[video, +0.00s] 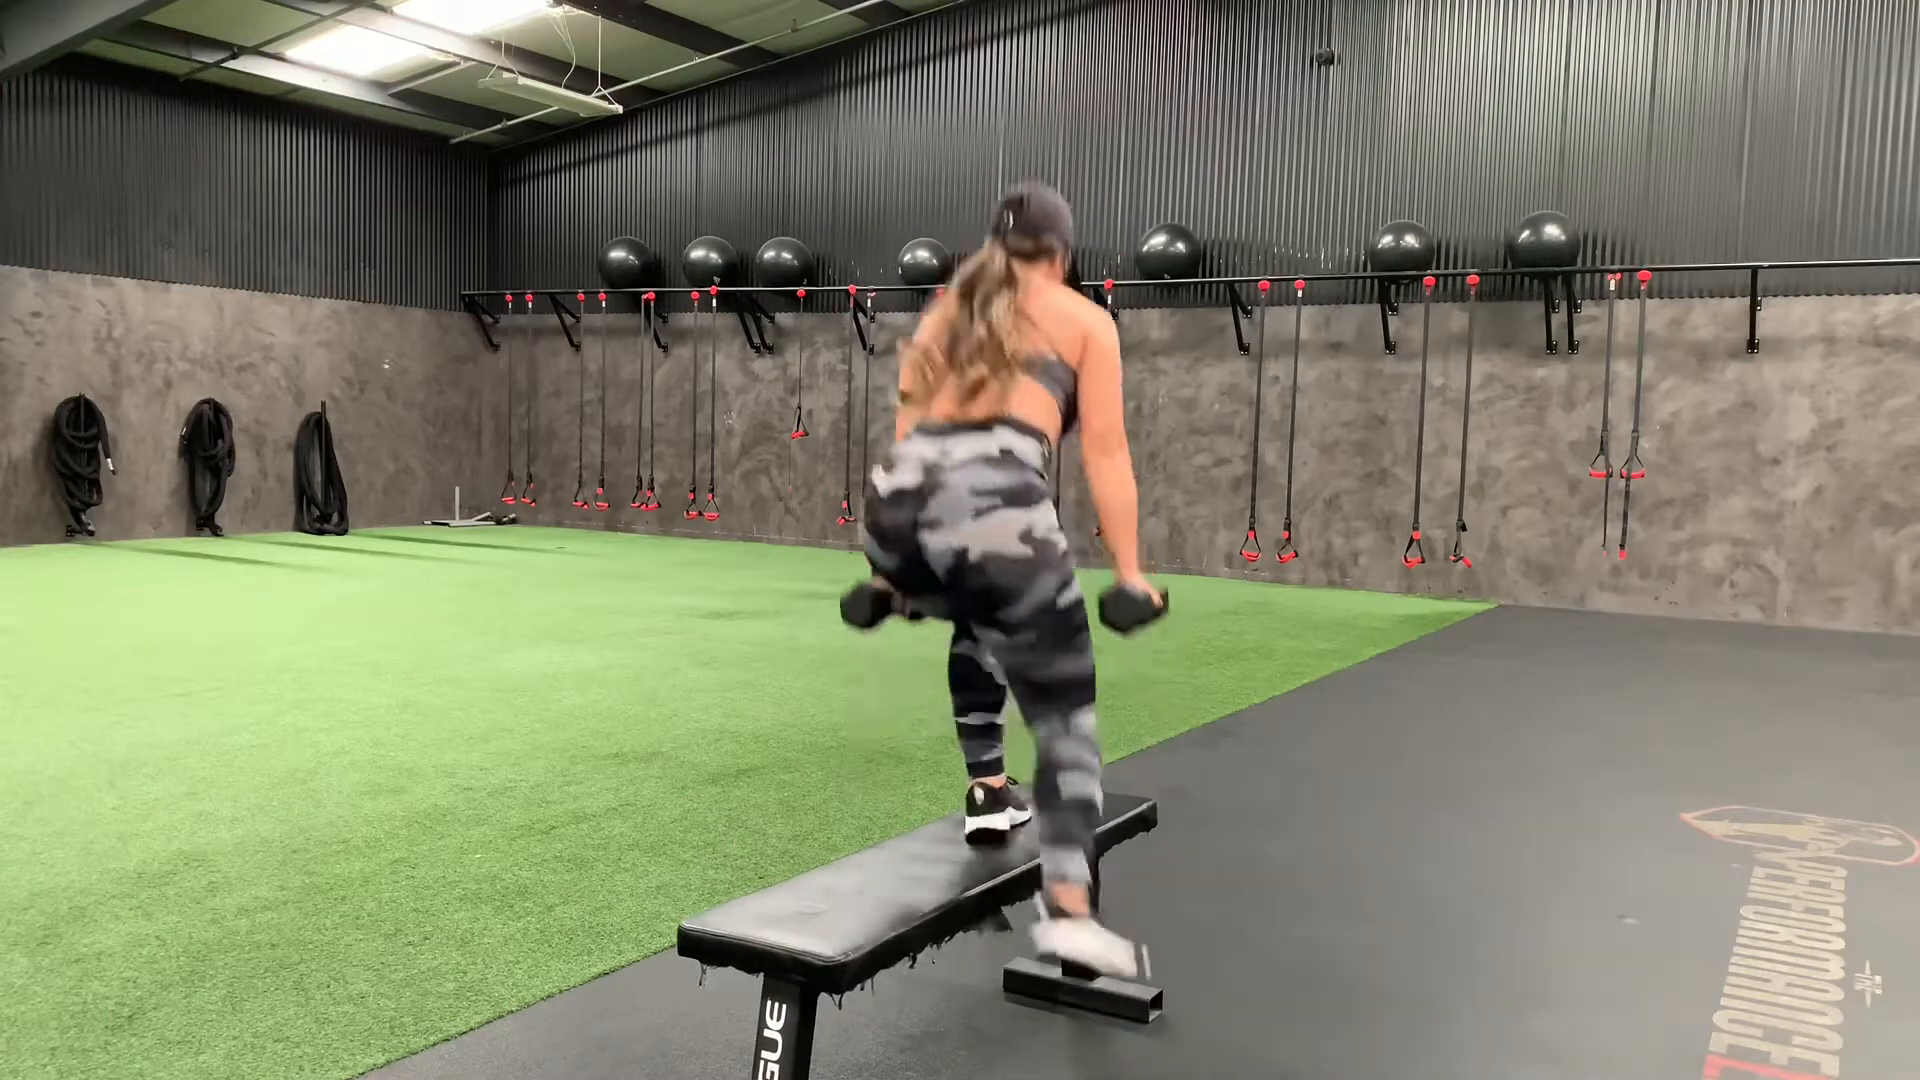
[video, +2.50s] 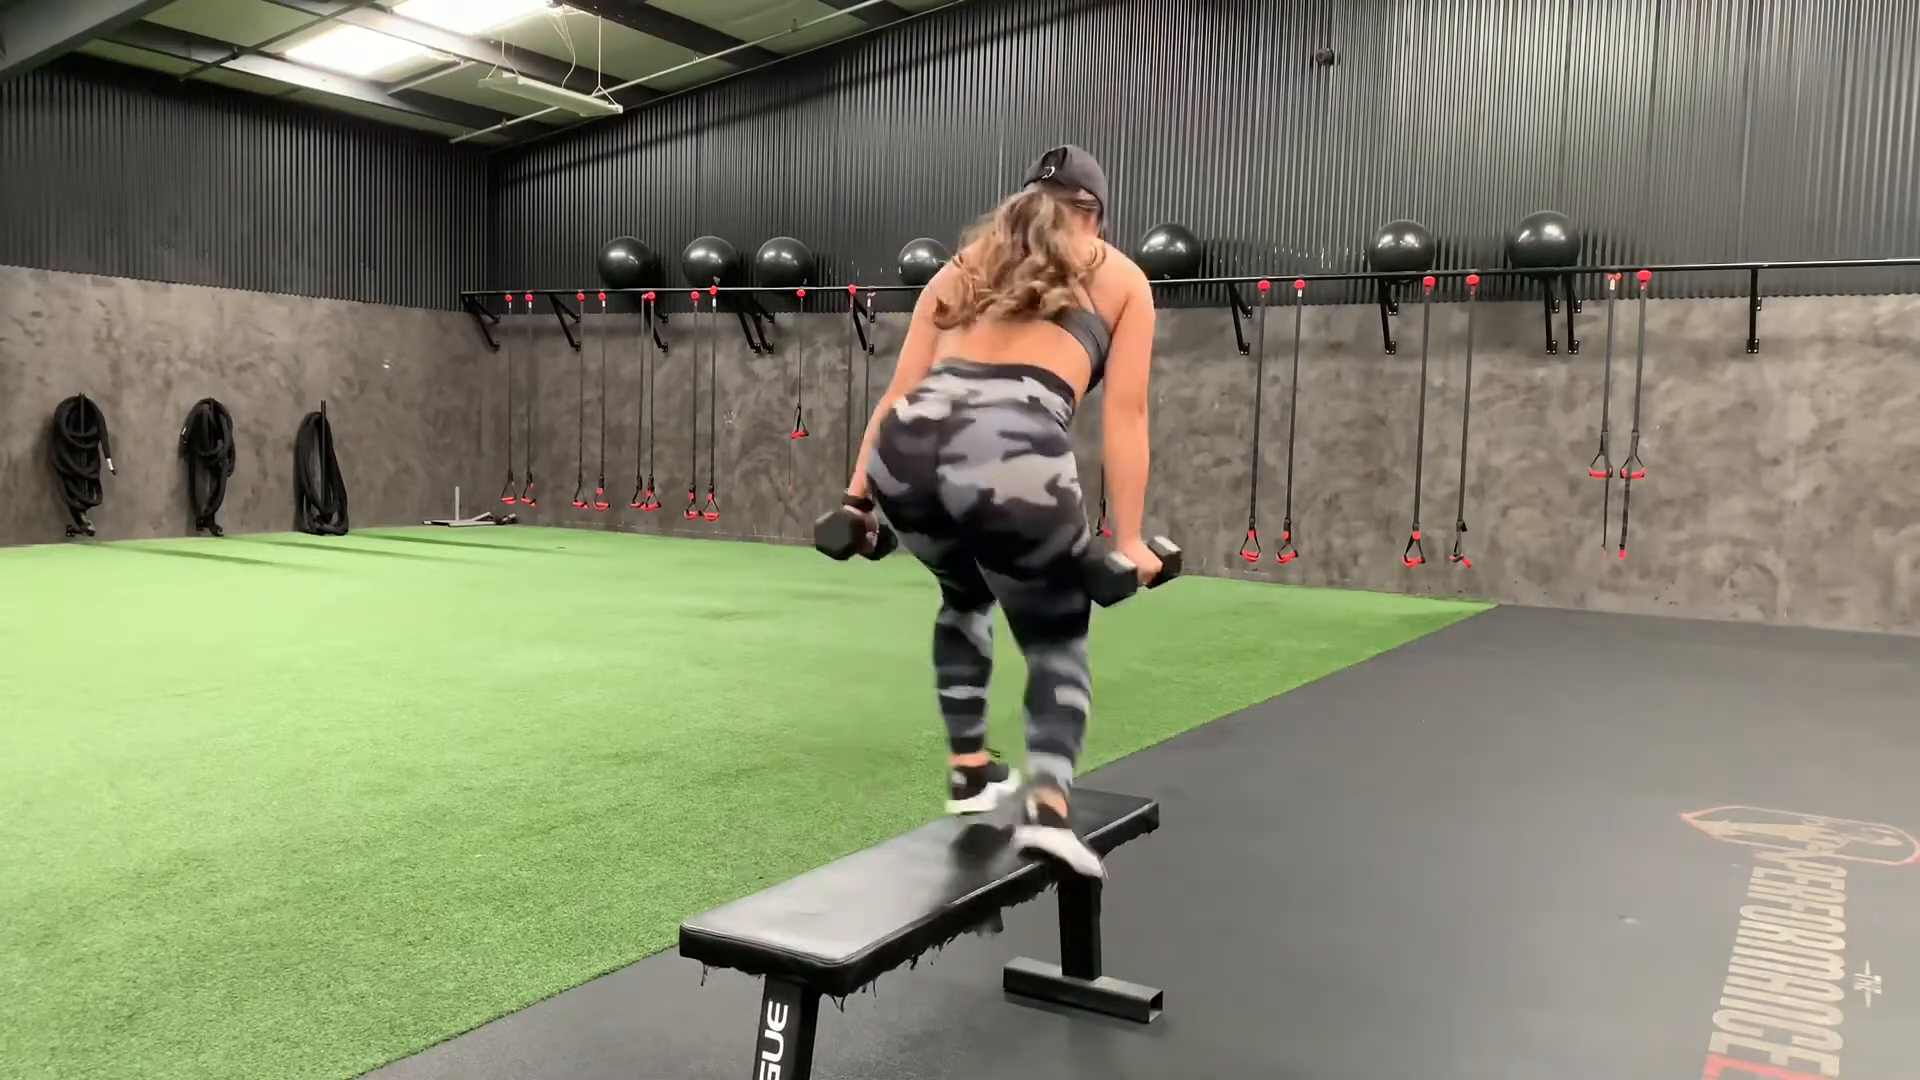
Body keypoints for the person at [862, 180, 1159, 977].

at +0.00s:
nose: (1062, 263)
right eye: (1065, 252)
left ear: (993, 243)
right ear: (1062, 250)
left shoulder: (944, 312)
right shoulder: (1085, 320)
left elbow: (905, 435)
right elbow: (1104, 448)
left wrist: (898, 568)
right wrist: (1129, 572)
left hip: (907, 505)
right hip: (1003, 505)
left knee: (971, 618)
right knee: (1062, 711)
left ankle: (987, 788)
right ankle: (1069, 911)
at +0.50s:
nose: (1012, 443)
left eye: (1013, 429)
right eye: (1012, 428)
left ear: (945, 417)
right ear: (995, 424)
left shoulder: (891, 476)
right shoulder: (991, 501)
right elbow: (994, 641)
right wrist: (1011, 771)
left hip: (794, 702)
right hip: (877, 708)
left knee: (786, 890)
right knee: (1028, 633)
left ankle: (649, 1037)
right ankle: (971, 812)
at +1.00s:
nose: (1104, 245)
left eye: (1097, 233)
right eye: (1103, 234)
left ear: (1023, 223)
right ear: (1096, 231)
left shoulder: (962, 279)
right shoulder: (1118, 294)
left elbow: (907, 400)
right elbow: (1132, 425)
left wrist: (868, 508)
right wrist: (1153, 552)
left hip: (902, 468)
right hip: (1009, 471)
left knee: (972, 592)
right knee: (1070, 658)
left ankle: (984, 774)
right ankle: (1066, 836)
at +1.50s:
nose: (1097, 285)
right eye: (1102, 273)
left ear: (1022, 257)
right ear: (1095, 270)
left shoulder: (958, 332)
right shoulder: (1117, 338)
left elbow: (915, 459)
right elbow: (1137, 469)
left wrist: (900, 567)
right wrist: (1158, 587)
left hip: (939, 519)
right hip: (1046, 519)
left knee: (990, 619)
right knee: (1088, 745)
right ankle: (1109, 944)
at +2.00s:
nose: (1059, 412)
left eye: (1058, 400)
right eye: (1060, 400)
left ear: (990, 384)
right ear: (1047, 397)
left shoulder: (920, 443)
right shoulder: (1048, 465)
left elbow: (881, 577)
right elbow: (1053, 607)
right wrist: (1064, 736)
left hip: (842, 665)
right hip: (936, 671)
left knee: (813, 856)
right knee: (1038, 664)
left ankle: (700, 1022)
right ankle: (974, 803)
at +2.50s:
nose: (1098, 227)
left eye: (1095, 217)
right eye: (1098, 217)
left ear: (1022, 206)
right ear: (1093, 213)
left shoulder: (961, 266)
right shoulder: (1121, 277)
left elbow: (902, 390)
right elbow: (1126, 415)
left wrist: (858, 492)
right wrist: (1129, 538)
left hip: (907, 452)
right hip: (1014, 456)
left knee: (963, 594)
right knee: (1055, 635)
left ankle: (968, 773)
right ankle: (1049, 803)